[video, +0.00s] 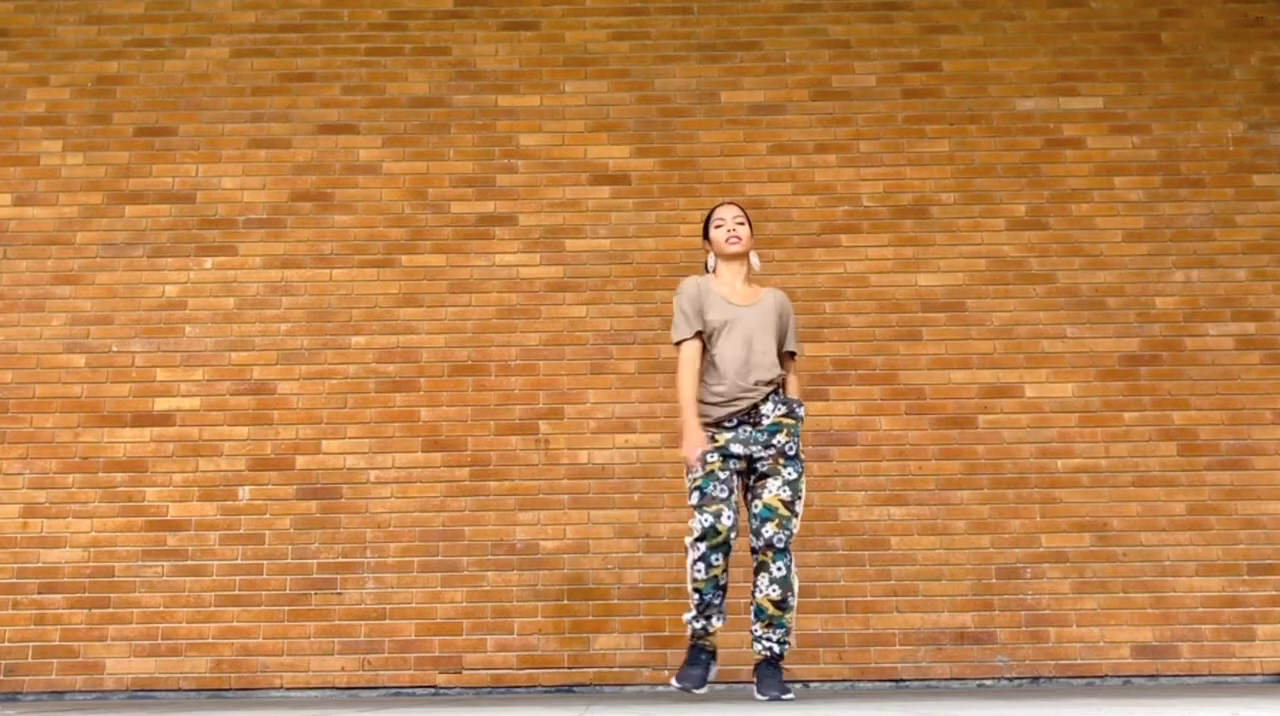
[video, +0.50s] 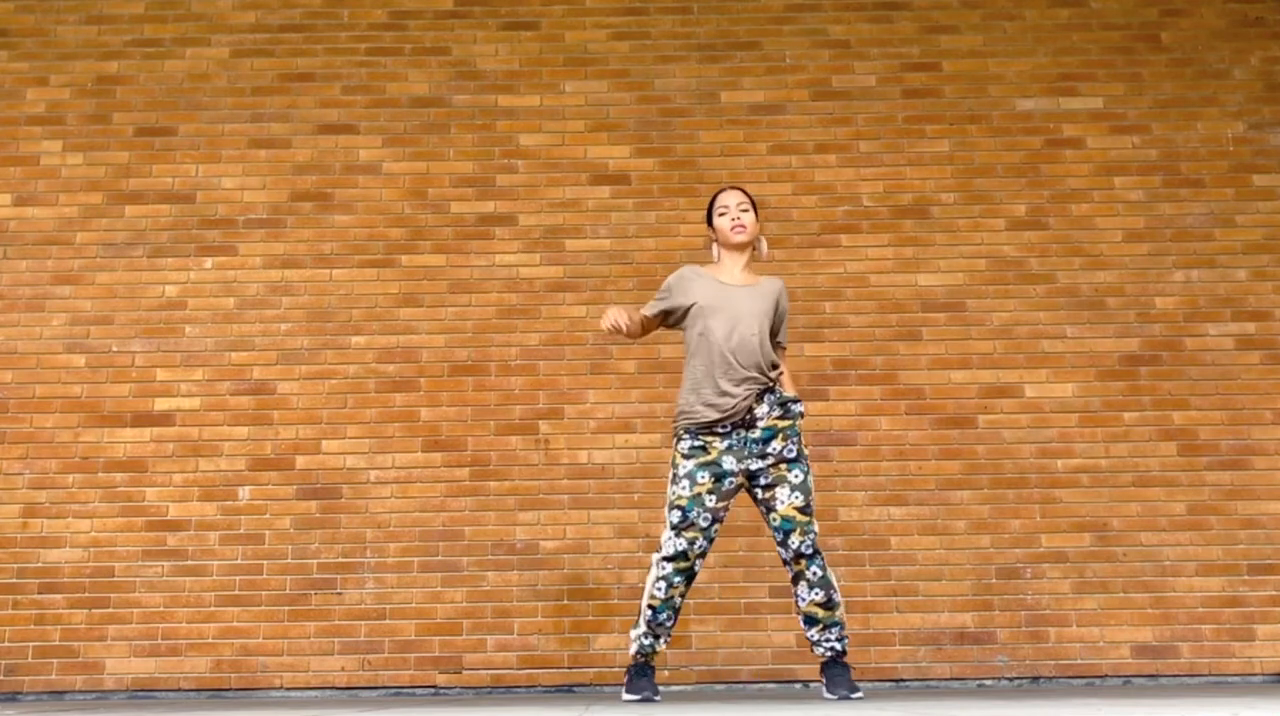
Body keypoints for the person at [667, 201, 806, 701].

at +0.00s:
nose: (731, 228)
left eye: (739, 222)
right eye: (721, 224)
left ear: (753, 237)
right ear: (708, 242)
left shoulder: (776, 300)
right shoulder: (694, 290)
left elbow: (788, 370)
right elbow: (688, 363)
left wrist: (793, 423)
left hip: (775, 427)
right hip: (716, 428)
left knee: (773, 540)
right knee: (711, 534)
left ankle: (770, 661)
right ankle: (700, 648)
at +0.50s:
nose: (735, 216)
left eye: (743, 209)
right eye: (724, 212)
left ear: (759, 224)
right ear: (711, 231)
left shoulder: (773, 288)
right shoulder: (688, 280)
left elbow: (776, 357)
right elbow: (642, 324)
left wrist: (792, 402)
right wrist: (618, 319)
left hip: (770, 431)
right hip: (704, 436)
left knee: (801, 542)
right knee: (682, 547)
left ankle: (834, 659)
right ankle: (642, 662)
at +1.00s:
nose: (698, 238)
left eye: (709, 229)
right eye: (695, 231)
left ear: (738, 236)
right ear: (694, 240)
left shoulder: (769, 299)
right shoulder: (682, 295)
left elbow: (774, 368)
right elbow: (666, 355)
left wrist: (787, 390)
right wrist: (653, 381)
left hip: (768, 433)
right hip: (704, 438)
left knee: (804, 541)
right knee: (671, 542)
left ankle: (835, 659)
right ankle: (655, 655)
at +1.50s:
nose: (703, 247)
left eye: (716, 240)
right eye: (701, 236)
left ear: (742, 251)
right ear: (696, 243)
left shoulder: (765, 306)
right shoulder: (677, 301)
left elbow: (774, 372)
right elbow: (667, 361)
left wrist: (788, 399)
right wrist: (652, 400)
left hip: (766, 436)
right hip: (704, 442)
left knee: (805, 541)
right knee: (663, 536)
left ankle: (835, 660)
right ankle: (673, 655)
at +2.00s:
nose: (725, 249)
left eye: (738, 246)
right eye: (722, 238)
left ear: (750, 257)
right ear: (709, 238)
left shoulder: (769, 299)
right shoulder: (679, 305)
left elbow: (801, 360)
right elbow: (676, 370)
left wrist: (796, 414)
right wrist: (670, 430)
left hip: (774, 432)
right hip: (712, 443)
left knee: (811, 543)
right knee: (681, 546)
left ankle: (836, 661)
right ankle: (677, 667)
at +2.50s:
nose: (756, 240)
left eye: (765, 232)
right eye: (746, 231)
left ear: (773, 240)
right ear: (727, 237)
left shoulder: (791, 295)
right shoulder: (702, 292)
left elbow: (812, 363)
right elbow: (693, 366)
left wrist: (812, 417)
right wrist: (692, 433)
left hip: (791, 428)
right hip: (727, 433)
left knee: (815, 544)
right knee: (710, 547)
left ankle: (837, 661)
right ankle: (681, 664)